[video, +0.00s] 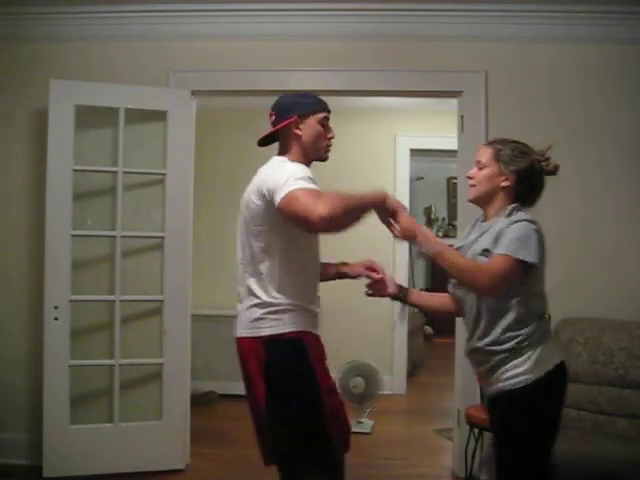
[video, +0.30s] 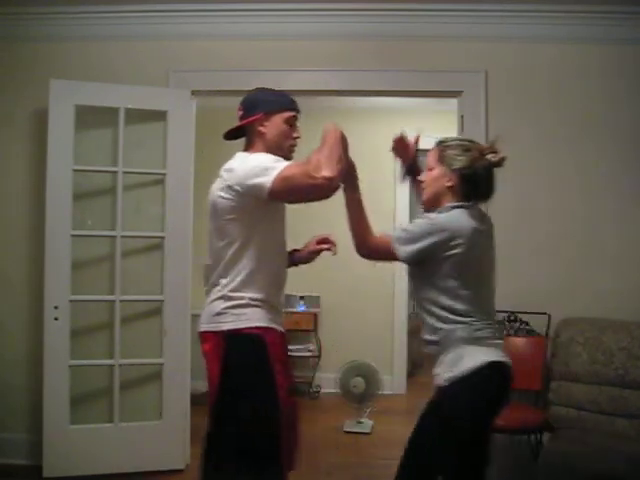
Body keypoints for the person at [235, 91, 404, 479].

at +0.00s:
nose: (331, 132)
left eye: (329, 124)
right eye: (323, 123)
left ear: (296, 131)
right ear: (296, 128)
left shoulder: (274, 177)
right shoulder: (283, 172)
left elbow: (284, 268)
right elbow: (321, 212)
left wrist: (344, 269)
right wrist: (378, 200)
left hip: (273, 331)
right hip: (281, 334)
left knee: (303, 452)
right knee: (318, 451)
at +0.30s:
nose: (297, 131)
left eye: (297, 123)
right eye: (289, 122)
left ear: (263, 128)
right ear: (260, 125)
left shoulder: (253, 173)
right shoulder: (244, 167)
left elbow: (247, 261)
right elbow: (323, 179)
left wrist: (298, 256)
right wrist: (333, 133)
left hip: (254, 326)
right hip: (242, 328)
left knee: (262, 445)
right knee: (255, 448)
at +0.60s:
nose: (260, 137)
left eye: (260, 129)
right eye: (253, 127)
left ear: (224, 131)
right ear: (223, 128)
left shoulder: (205, 173)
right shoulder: (211, 167)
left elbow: (198, 260)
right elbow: (301, 160)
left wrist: (253, 264)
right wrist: (326, 121)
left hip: (192, 329)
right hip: (196, 331)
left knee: (200, 456)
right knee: (230, 457)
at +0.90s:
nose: (242, 142)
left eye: (241, 134)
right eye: (235, 133)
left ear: (207, 137)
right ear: (206, 134)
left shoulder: (180, 181)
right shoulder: (195, 171)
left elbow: (171, 265)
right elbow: (293, 154)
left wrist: (226, 275)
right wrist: (335, 124)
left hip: (193, 334)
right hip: (166, 334)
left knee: (219, 443)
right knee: (140, 454)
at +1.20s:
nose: (268, 147)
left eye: (267, 138)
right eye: (262, 137)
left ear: (235, 140)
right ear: (236, 138)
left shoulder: (214, 181)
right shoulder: (215, 179)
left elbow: (201, 267)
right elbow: (268, 211)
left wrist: (248, 285)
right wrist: (328, 178)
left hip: (211, 337)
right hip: (197, 340)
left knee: (217, 455)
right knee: (200, 457)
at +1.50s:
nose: (323, 148)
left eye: (322, 138)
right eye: (319, 136)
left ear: (285, 138)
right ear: (298, 136)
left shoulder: (245, 182)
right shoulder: (284, 186)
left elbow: (235, 258)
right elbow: (336, 267)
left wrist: (290, 282)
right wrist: (412, 308)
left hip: (222, 327)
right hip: (251, 333)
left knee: (213, 454)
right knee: (293, 459)